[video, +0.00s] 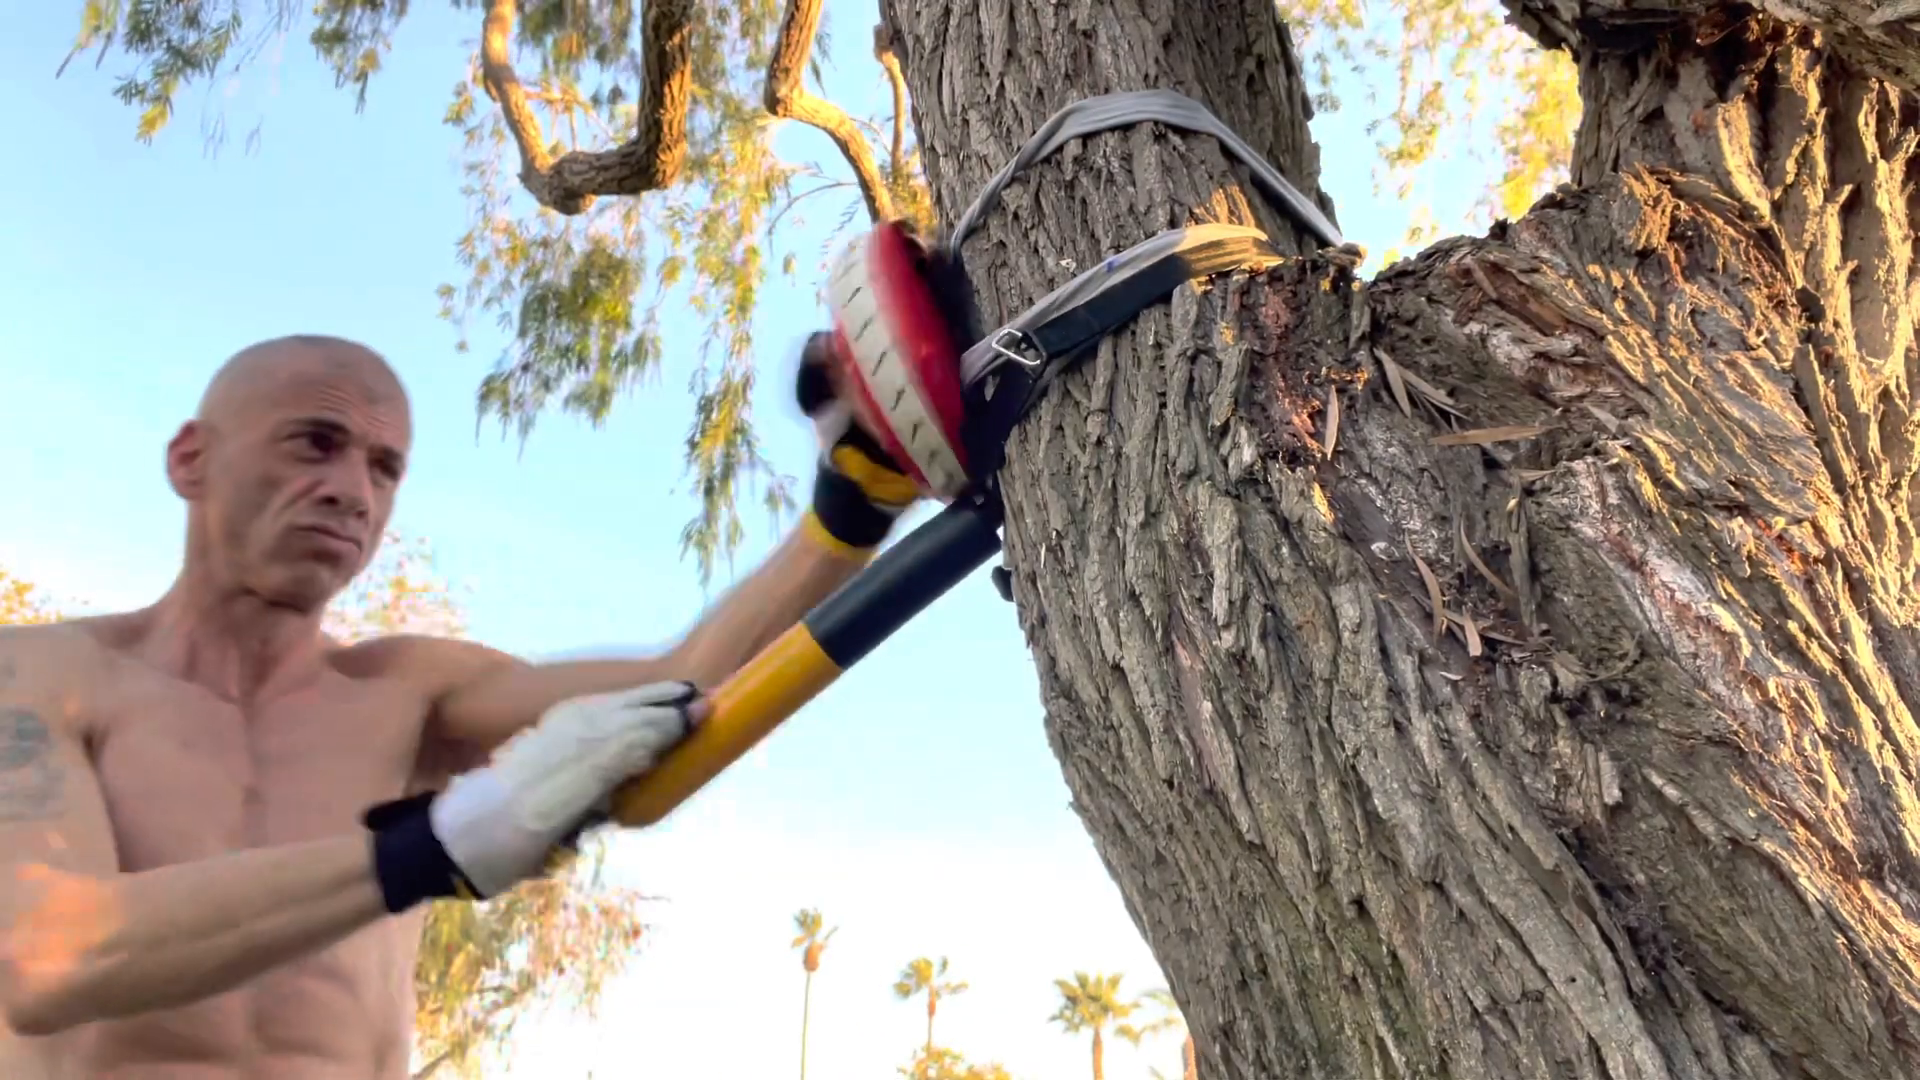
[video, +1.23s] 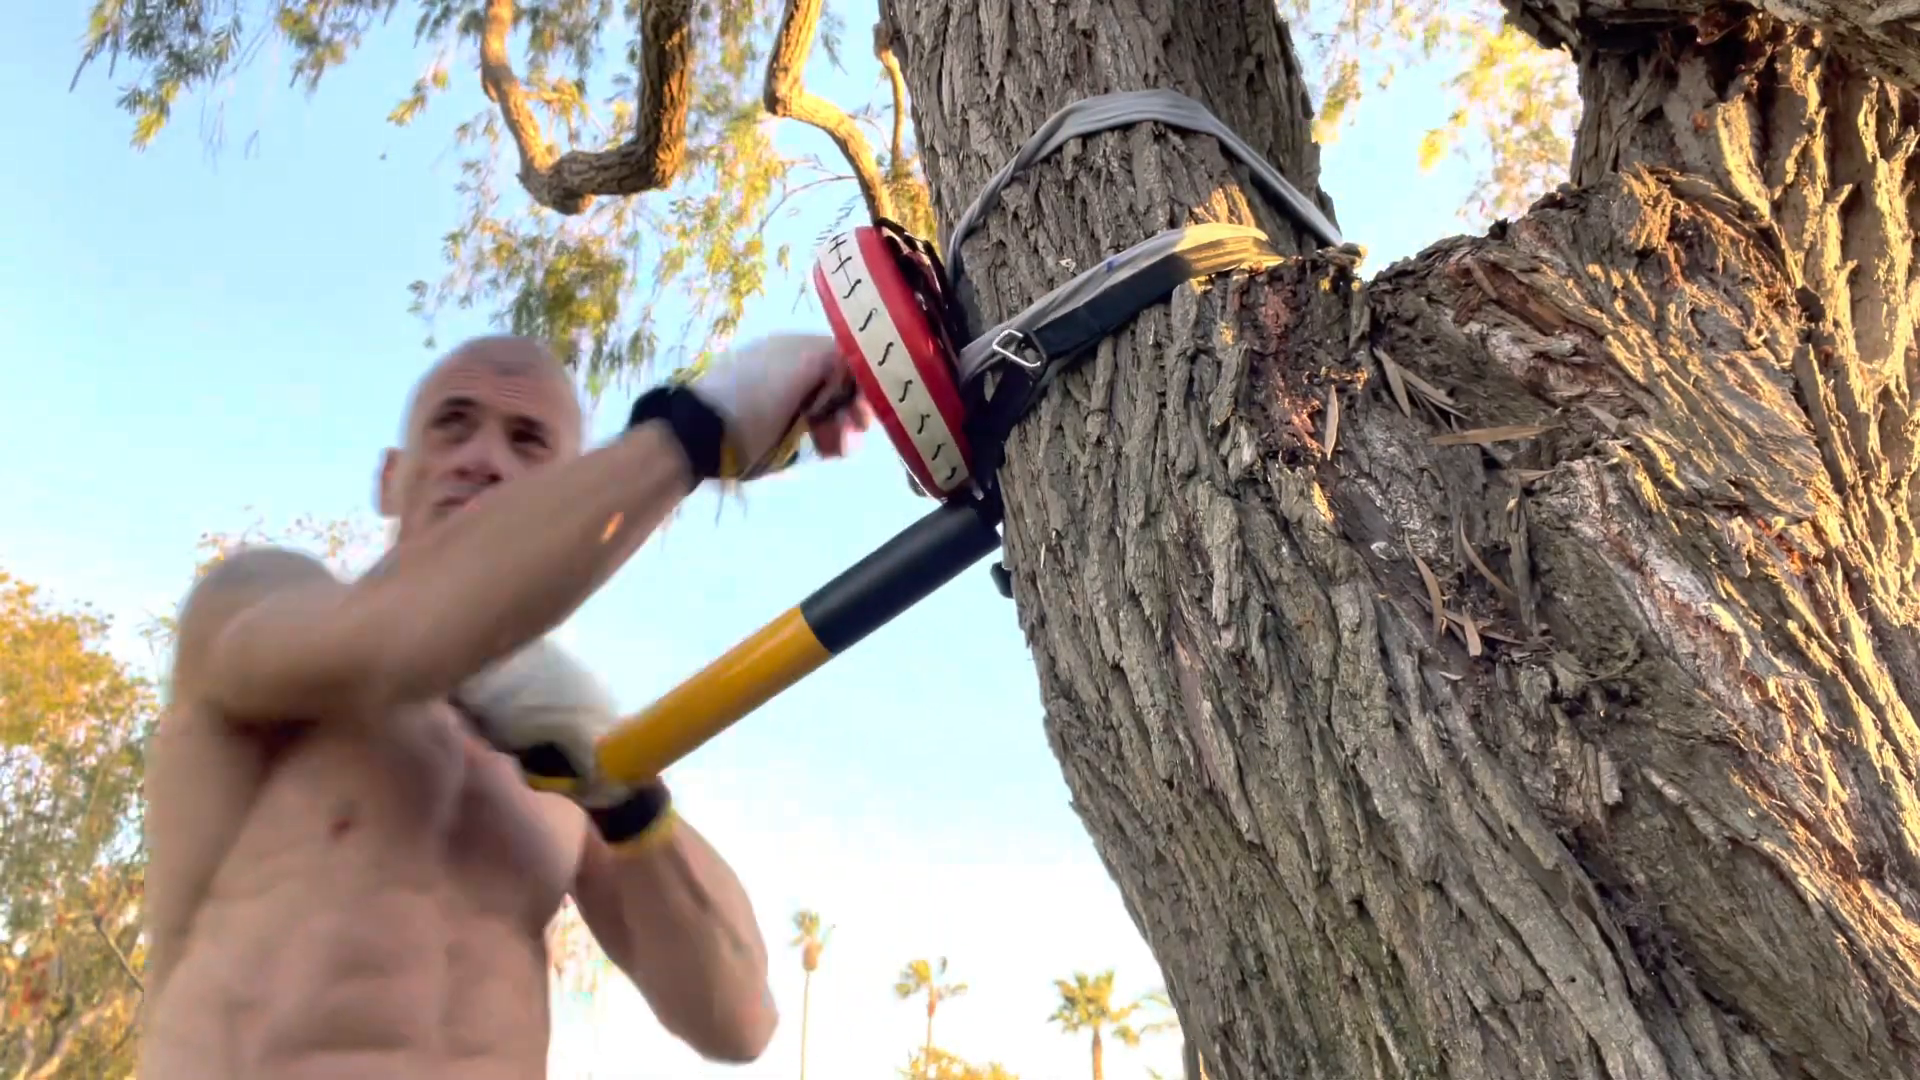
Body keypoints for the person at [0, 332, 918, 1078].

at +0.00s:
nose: (355, 492)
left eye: (383, 472)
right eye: (315, 443)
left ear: (389, 515)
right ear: (191, 459)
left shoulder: (412, 687)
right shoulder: (42, 671)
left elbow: (680, 692)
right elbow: (50, 965)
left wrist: (858, 498)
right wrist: (435, 843)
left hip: (354, 1060)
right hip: (125, 1062)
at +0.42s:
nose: (375, 485)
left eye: (405, 465)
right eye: (334, 440)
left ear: (419, 510)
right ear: (217, 470)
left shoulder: (476, 691)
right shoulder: (74, 716)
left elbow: (781, 796)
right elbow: (17, 921)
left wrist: (811, 574)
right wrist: (350, 765)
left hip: (437, 1056)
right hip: (173, 1063)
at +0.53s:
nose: (493, 492)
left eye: (519, 472)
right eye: (453, 448)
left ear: (533, 512)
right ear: (337, 470)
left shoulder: (560, 719)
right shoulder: (183, 692)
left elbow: (838, 876)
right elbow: (17, 850)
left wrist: (814, 647)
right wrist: (376, 708)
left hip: (517, 1060)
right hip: (254, 1055)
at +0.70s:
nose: (786, 491)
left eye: (800, 466)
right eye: (747, 449)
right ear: (648, 461)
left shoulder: (733, 778)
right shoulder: (526, 571)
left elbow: (850, 1020)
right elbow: (831, 379)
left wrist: (816, 770)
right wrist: (846, 576)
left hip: (654, 1061)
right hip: (434, 1055)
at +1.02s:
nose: (716, 501)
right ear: (606, 455)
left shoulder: (724, 751)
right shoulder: (471, 594)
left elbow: (876, 983)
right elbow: (722, 428)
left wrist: (835, 714)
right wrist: (862, 534)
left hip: (631, 1058)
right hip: (401, 1050)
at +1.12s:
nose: (588, 467)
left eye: (624, 445)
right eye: (550, 426)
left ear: (672, 496)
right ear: (479, 464)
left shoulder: (639, 743)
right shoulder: (351, 609)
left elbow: (767, 1035)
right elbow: (548, 498)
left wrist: (745, 785)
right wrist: (794, 427)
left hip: (555, 1059)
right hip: (322, 1052)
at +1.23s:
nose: (486, 457)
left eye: (529, 440)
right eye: (454, 425)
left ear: (573, 489)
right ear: (393, 479)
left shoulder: (560, 766)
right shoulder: (254, 600)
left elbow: (735, 1026)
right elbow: (399, 644)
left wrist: (624, 795)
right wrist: (705, 428)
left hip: (495, 1060)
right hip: (259, 1052)